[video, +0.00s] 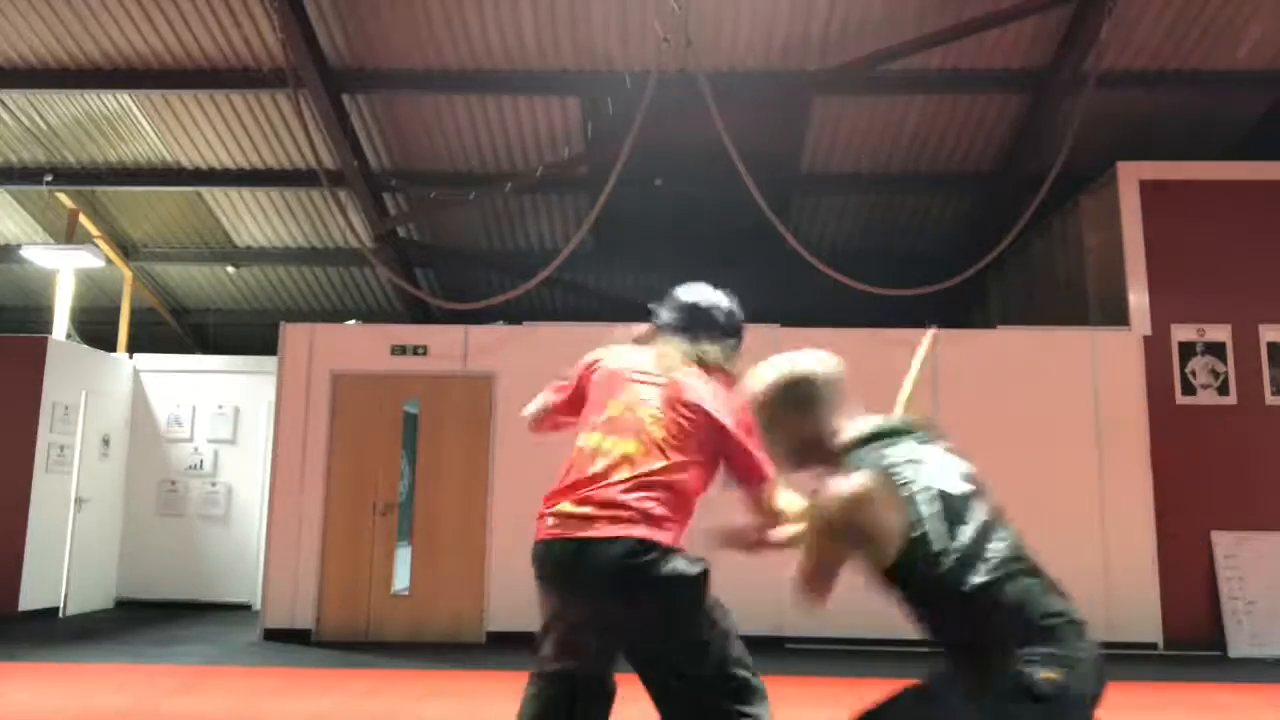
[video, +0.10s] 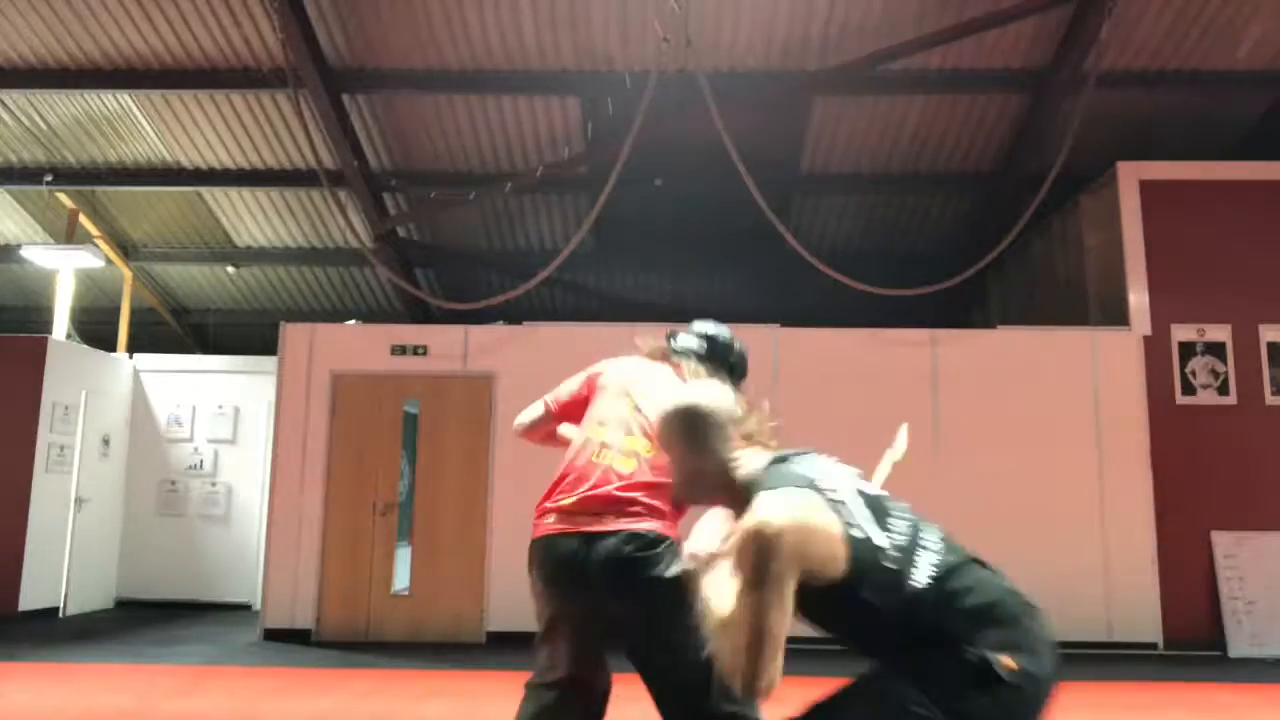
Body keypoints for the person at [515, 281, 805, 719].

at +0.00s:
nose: (734, 363)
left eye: (651, 324)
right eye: (730, 350)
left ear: (660, 328)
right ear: (721, 346)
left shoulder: (604, 362)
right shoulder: (716, 396)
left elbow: (536, 417)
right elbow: (769, 503)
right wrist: (807, 508)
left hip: (558, 548)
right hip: (638, 555)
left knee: (567, 687)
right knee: (732, 700)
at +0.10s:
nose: (727, 394)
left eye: (730, 387)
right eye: (726, 384)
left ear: (673, 354)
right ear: (705, 366)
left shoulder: (611, 369)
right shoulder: (714, 396)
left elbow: (529, 424)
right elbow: (738, 486)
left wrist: (593, 441)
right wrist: (697, 556)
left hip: (555, 548)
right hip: (638, 552)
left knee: (567, 684)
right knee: (695, 694)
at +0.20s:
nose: (725, 428)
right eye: (727, 419)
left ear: (672, 377)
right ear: (719, 408)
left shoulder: (617, 404)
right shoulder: (706, 435)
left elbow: (529, 432)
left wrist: (589, 456)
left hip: (546, 556)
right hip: (623, 562)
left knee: (547, 698)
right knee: (707, 705)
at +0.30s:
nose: (594, 374)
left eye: (594, 357)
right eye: (594, 357)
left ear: (609, 361)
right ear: (662, 340)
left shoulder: (710, 422)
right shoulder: (706, 390)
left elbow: (760, 580)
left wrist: (672, 514)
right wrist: (675, 498)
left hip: (883, 625)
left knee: (739, 708)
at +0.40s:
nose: (607, 325)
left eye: (606, 302)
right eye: (605, 305)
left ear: (616, 291)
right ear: (672, 285)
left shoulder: (664, 342)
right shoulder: (703, 329)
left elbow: (675, 496)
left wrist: (623, 426)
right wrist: (600, 416)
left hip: (816, 589)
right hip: (868, 577)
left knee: (705, 710)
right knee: (875, 711)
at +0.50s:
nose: (613, 289)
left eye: (614, 275)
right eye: (614, 276)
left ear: (627, 268)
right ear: (681, 271)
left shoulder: (647, 317)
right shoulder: (717, 321)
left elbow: (630, 465)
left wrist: (618, 406)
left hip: (789, 572)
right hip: (851, 561)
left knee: (701, 707)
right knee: (855, 709)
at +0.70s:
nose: (655, 248)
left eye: (656, 241)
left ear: (656, 243)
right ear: (725, 254)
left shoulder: (614, 293)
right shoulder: (777, 313)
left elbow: (547, 418)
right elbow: (828, 421)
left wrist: (597, 398)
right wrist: (753, 421)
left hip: (698, 542)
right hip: (794, 544)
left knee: (646, 707)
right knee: (794, 708)